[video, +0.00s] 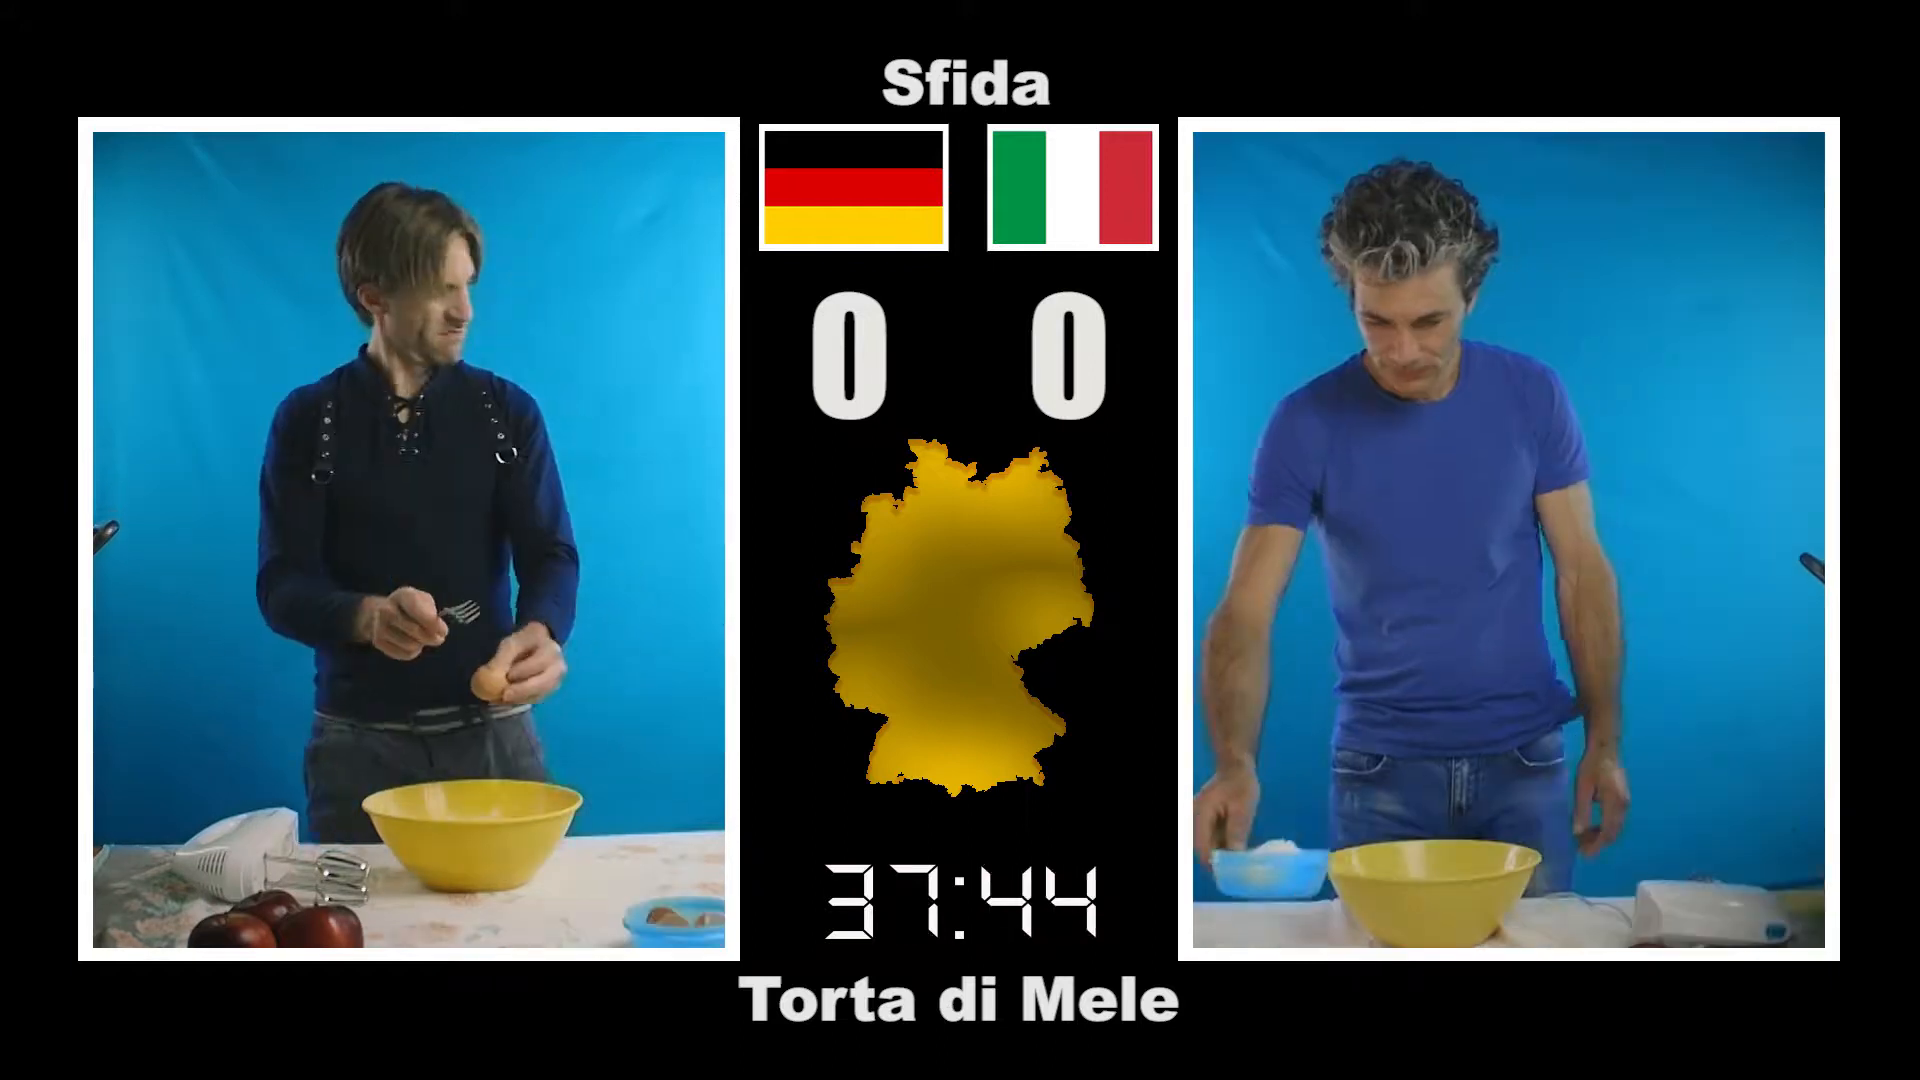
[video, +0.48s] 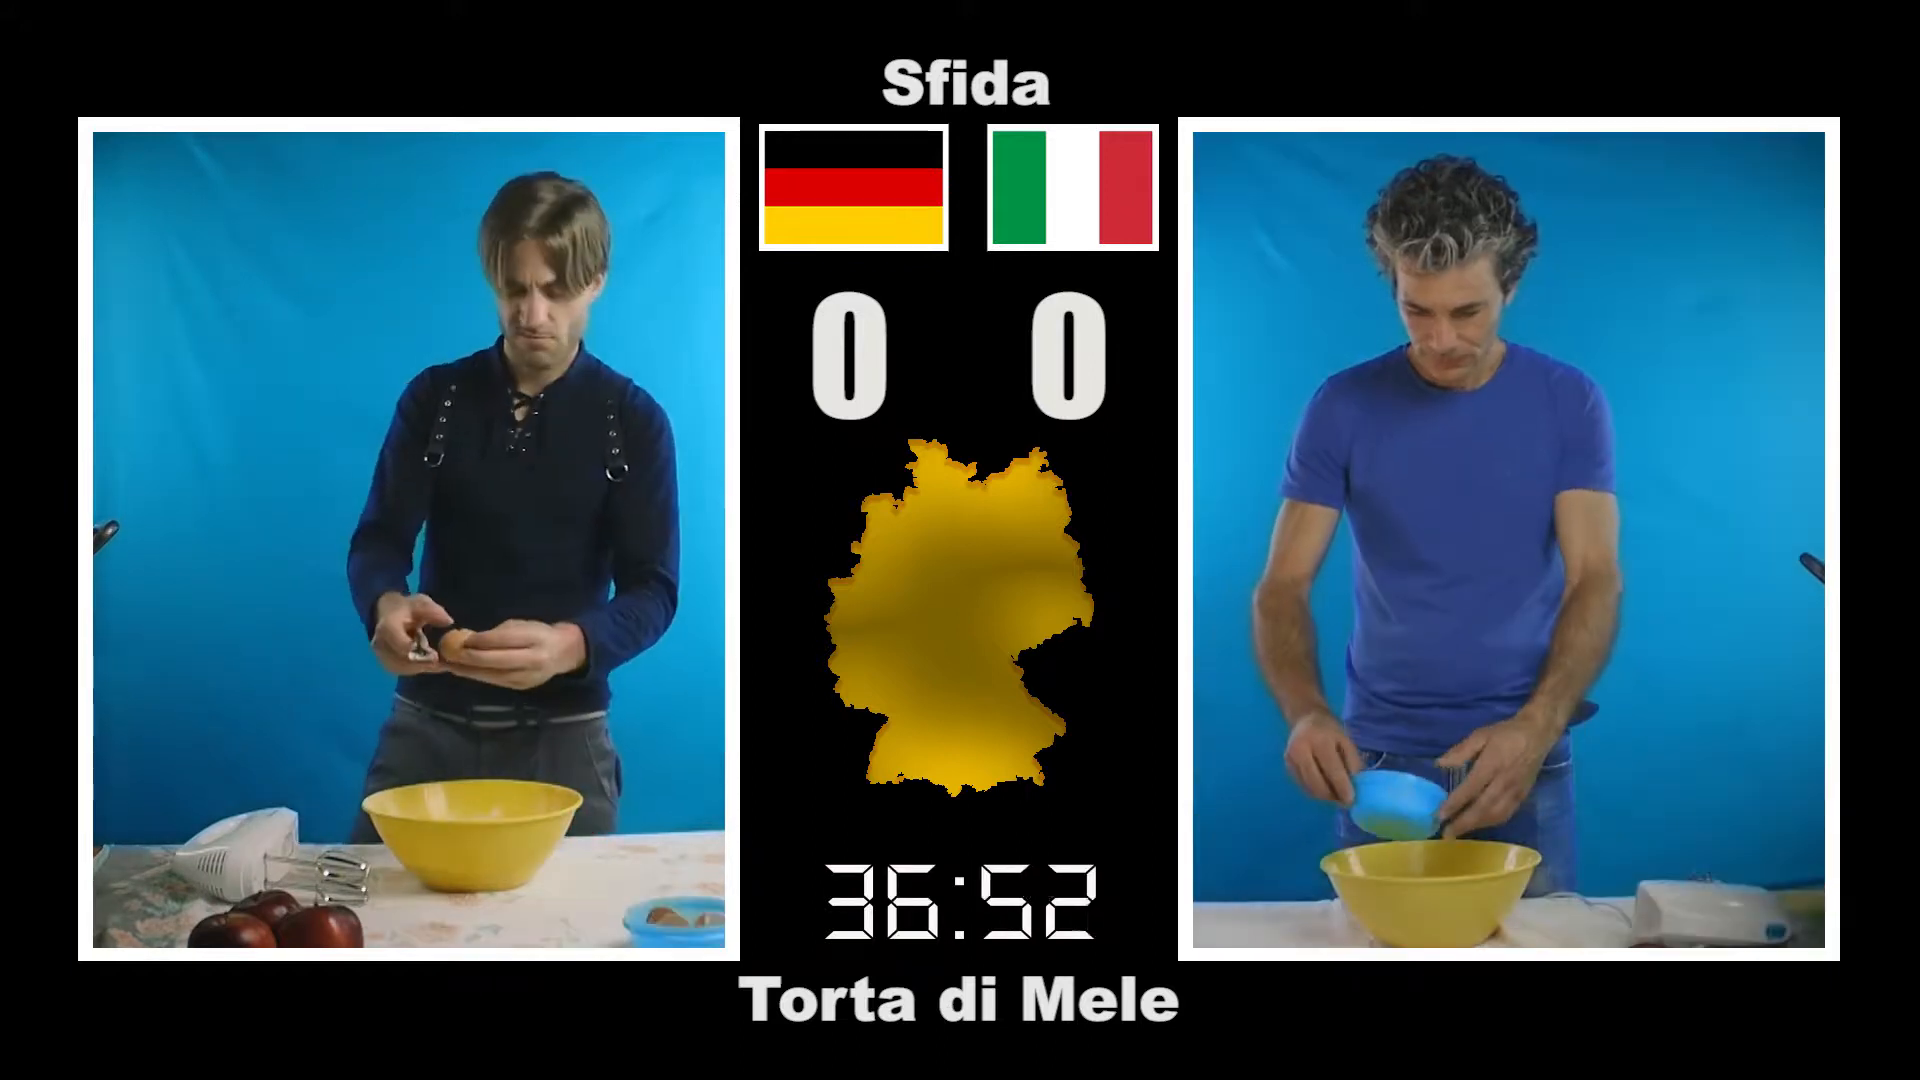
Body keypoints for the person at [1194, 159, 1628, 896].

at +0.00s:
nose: (1405, 350)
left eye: (1430, 321)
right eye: (1379, 322)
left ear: (1468, 294)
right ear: (1352, 297)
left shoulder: (1529, 397)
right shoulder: (1310, 423)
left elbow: (1583, 573)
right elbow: (1244, 613)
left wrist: (1604, 745)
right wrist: (1234, 764)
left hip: (1525, 765)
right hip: (1380, 769)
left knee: (1533, 963)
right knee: (1381, 972)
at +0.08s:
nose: (1414, 346)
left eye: (1439, 318)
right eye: (1389, 319)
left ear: (1478, 291)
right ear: (1363, 294)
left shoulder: (1539, 398)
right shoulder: (1319, 418)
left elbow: (1591, 574)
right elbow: (1250, 604)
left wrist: (1600, 744)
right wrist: (1246, 743)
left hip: (1528, 762)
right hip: (1383, 764)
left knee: (1536, 963)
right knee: (1387, 969)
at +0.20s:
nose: (1428, 342)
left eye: (1452, 315)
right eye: (1403, 315)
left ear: (1492, 289)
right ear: (1378, 291)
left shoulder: (1552, 398)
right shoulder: (1331, 411)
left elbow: (1598, 575)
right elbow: (1261, 592)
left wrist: (1583, 735)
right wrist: (1265, 718)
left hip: (1530, 763)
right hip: (1384, 765)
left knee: (1533, 963)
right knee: (1383, 966)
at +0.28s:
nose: (1435, 342)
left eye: (1459, 314)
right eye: (1411, 315)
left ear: (1499, 289)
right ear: (1385, 291)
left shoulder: (1558, 401)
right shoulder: (1338, 409)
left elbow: (1601, 582)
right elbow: (1268, 590)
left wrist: (1564, 729)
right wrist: (1280, 713)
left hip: (1526, 766)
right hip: (1385, 766)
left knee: (1531, 960)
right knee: (1384, 965)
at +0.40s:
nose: (1442, 340)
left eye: (1466, 312)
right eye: (1418, 312)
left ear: (1505, 287)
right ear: (1392, 288)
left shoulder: (1564, 403)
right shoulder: (1343, 407)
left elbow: (1596, 581)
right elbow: (1278, 590)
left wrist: (1543, 725)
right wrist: (1298, 714)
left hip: (1524, 761)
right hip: (1386, 760)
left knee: (1530, 953)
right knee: (1384, 957)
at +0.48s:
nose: (1443, 339)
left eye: (1467, 311)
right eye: (1420, 311)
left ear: (1506, 287)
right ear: (1394, 287)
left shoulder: (1565, 403)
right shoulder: (1346, 406)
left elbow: (1595, 581)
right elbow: (1282, 589)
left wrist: (1536, 727)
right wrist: (1306, 714)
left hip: (1523, 762)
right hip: (1384, 763)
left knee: (1528, 953)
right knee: (1383, 957)